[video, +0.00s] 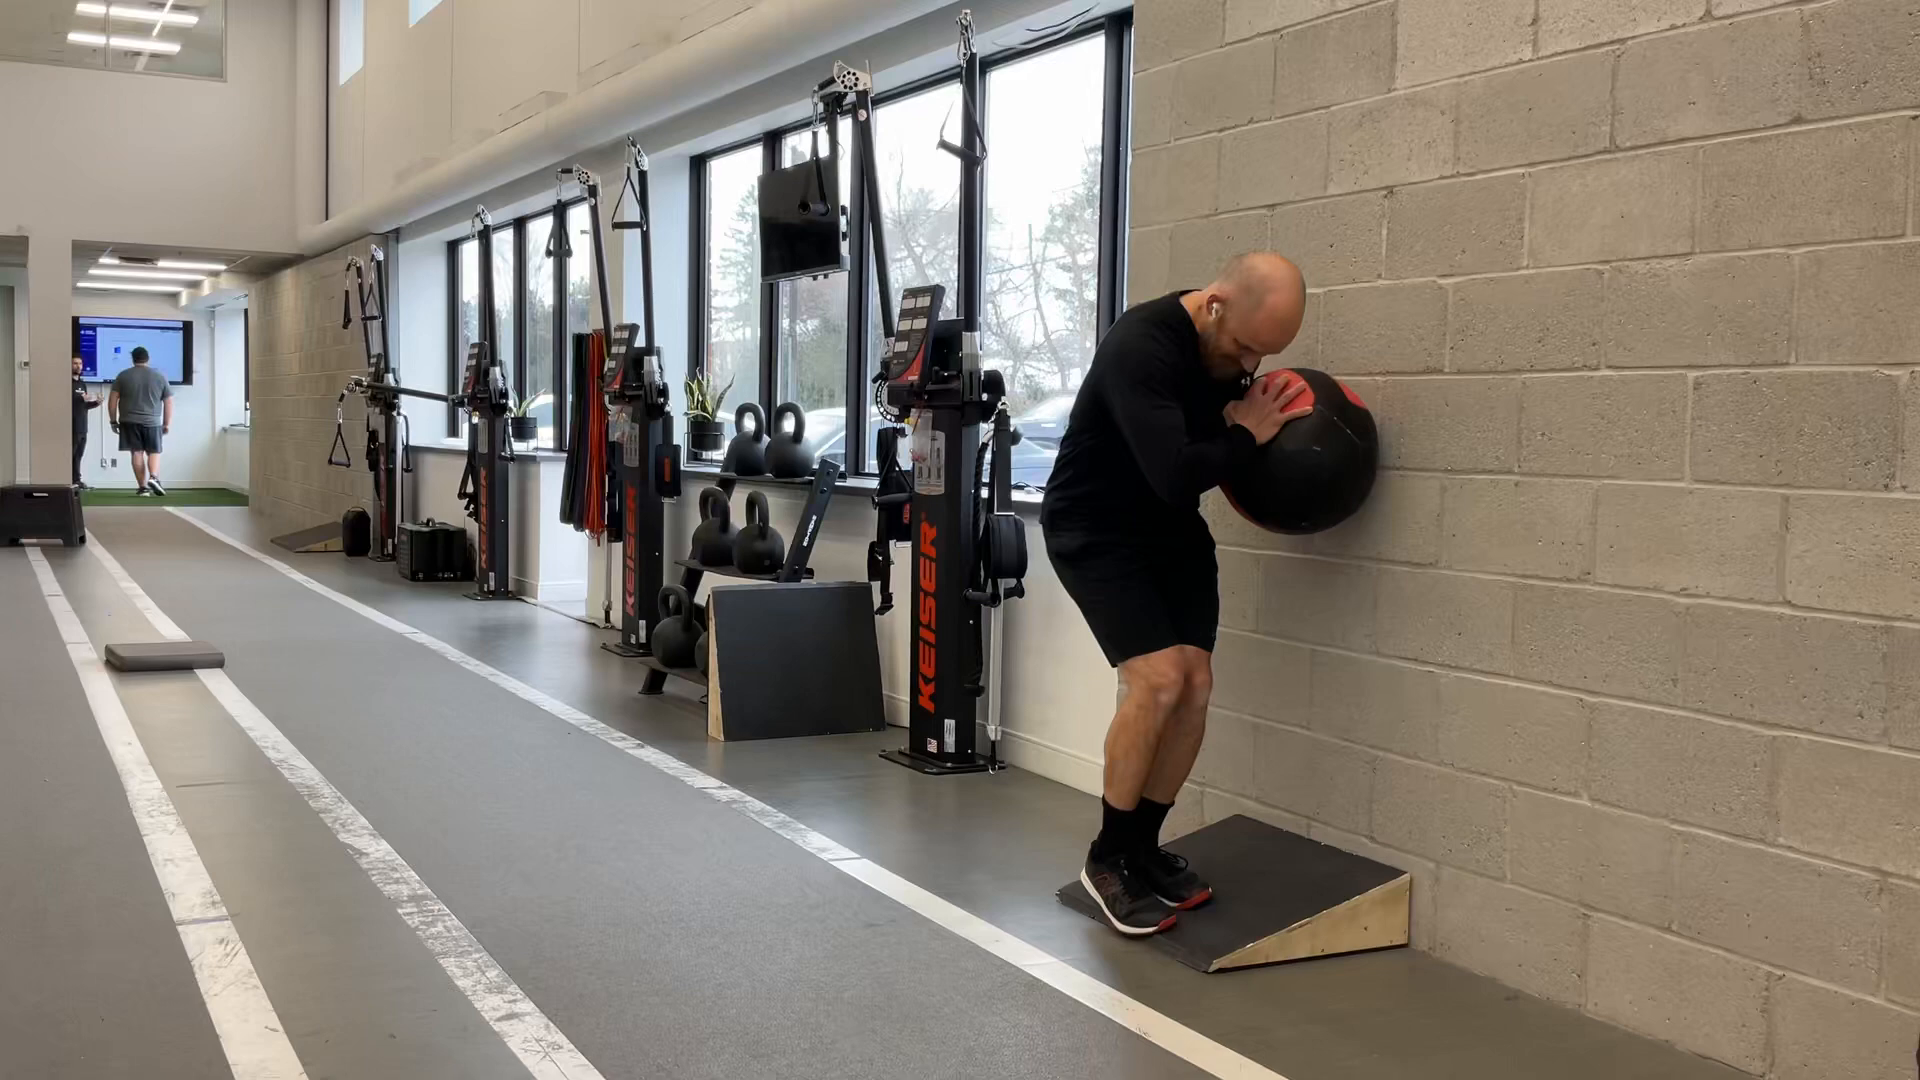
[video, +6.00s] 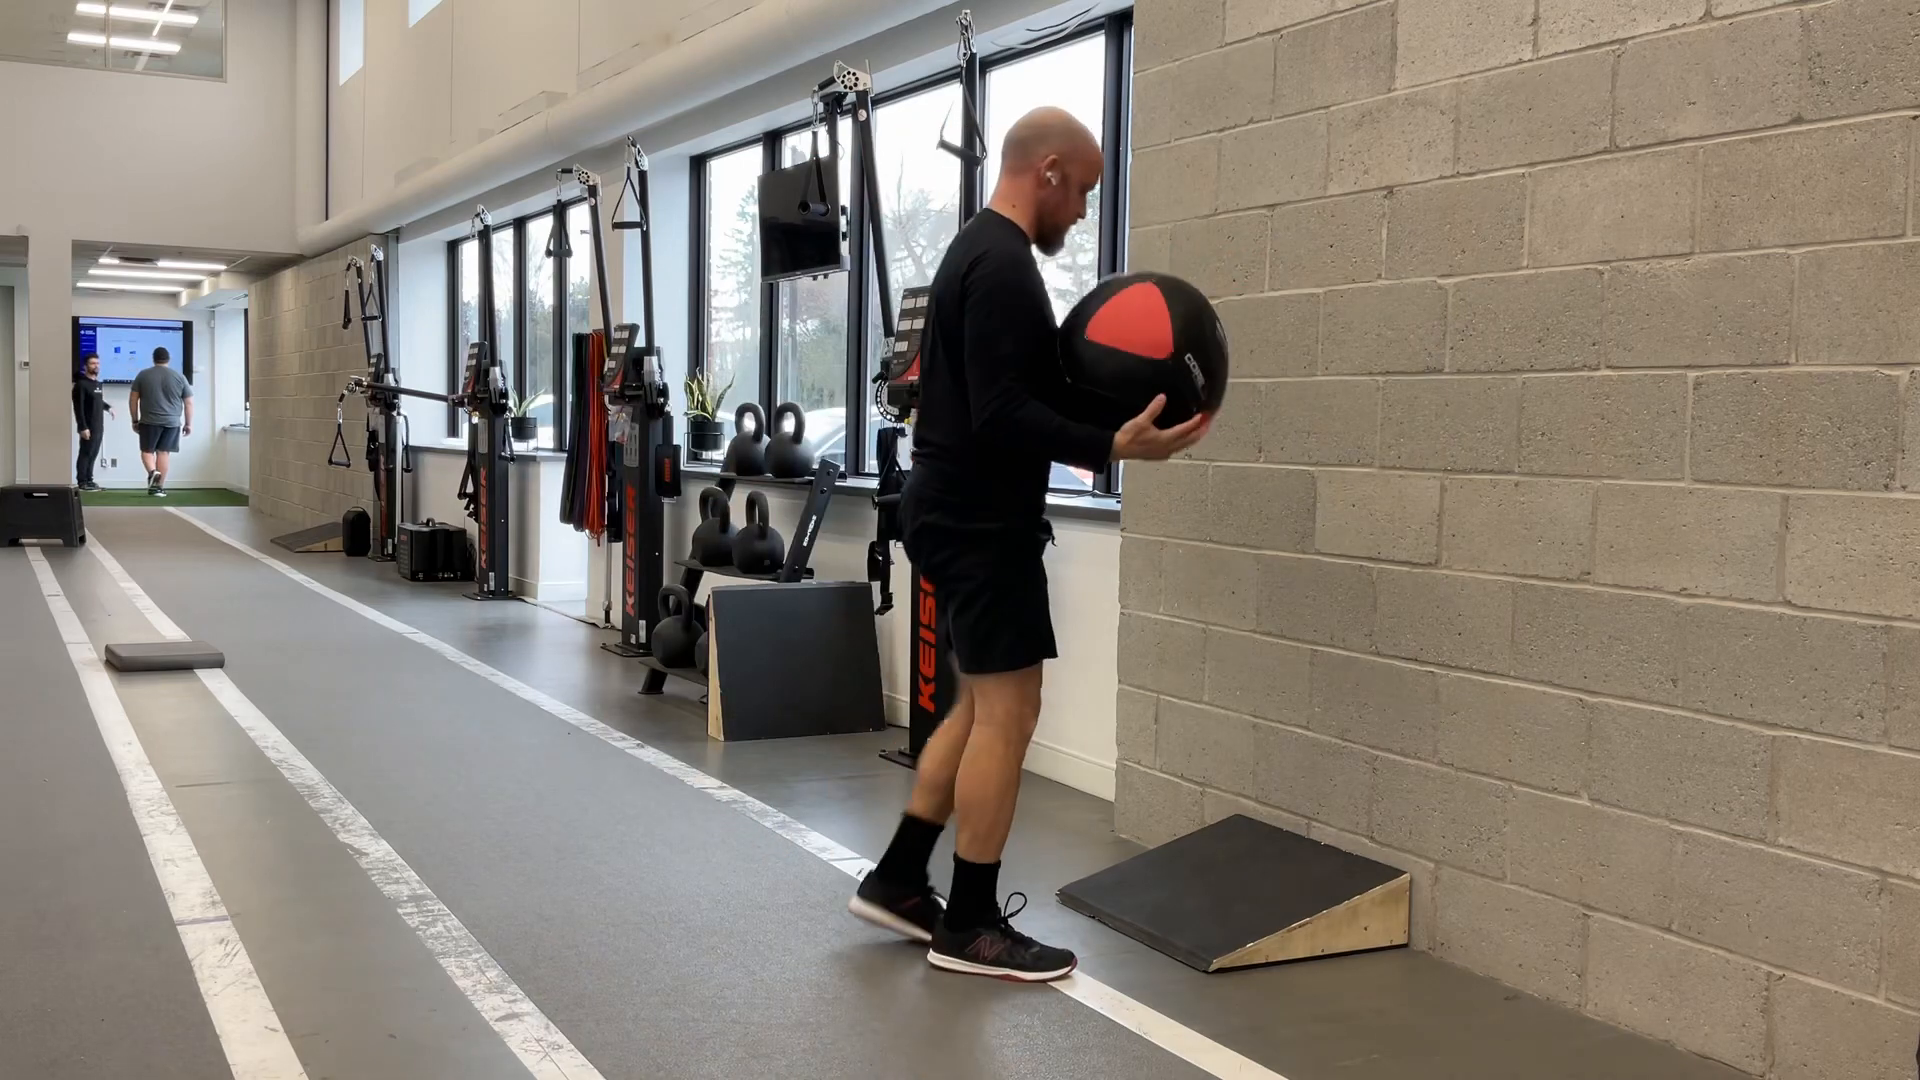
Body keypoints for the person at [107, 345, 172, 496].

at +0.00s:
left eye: (136, 359)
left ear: (133, 360)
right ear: (148, 359)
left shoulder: (123, 375)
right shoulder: (158, 376)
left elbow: (113, 399)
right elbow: (168, 401)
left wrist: (113, 420)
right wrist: (166, 423)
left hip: (129, 422)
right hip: (151, 423)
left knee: (136, 453)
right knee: (154, 452)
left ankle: (143, 487)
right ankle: (154, 477)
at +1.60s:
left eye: (155, 358)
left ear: (152, 358)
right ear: (167, 358)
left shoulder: (142, 375)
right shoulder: (178, 376)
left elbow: (133, 398)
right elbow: (187, 400)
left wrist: (132, 419)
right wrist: (188, 422)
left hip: (148, 422)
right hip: (171, 423)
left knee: (148, 453)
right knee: (171, 455)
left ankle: (144, 487)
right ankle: (175, 487)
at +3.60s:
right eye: (152, 357)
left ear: (139, 358)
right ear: (154, 358)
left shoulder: (130, 374)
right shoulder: (165, 375)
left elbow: (121, 398)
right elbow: (175, 398)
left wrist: (122, 420)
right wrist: (175, 421)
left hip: (138, 421)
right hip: (160, 422)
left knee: (142, 452)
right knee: (158, 453)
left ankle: (141, 487)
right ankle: (159, 487)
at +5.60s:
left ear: (154, 359)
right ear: (169, 359)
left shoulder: (143, 375)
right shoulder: (179, 377)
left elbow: (133, 399)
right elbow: (188, 402)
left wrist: (133, 420)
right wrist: (188, 423)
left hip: (149, 422)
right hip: (171, 423)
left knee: (147, 451)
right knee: (164, 453)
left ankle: (150, 476)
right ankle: (160, 488)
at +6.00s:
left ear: (153, 359)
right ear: (168, 359)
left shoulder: (143, 375)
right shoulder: (179, 377)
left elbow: (133, 399)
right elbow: (188, 402)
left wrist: (134, 420)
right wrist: (188, 423)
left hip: (149, 422)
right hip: (171, 423)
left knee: (147, 451)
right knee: (164, 453)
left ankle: (152, 471)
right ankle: (159, 488)